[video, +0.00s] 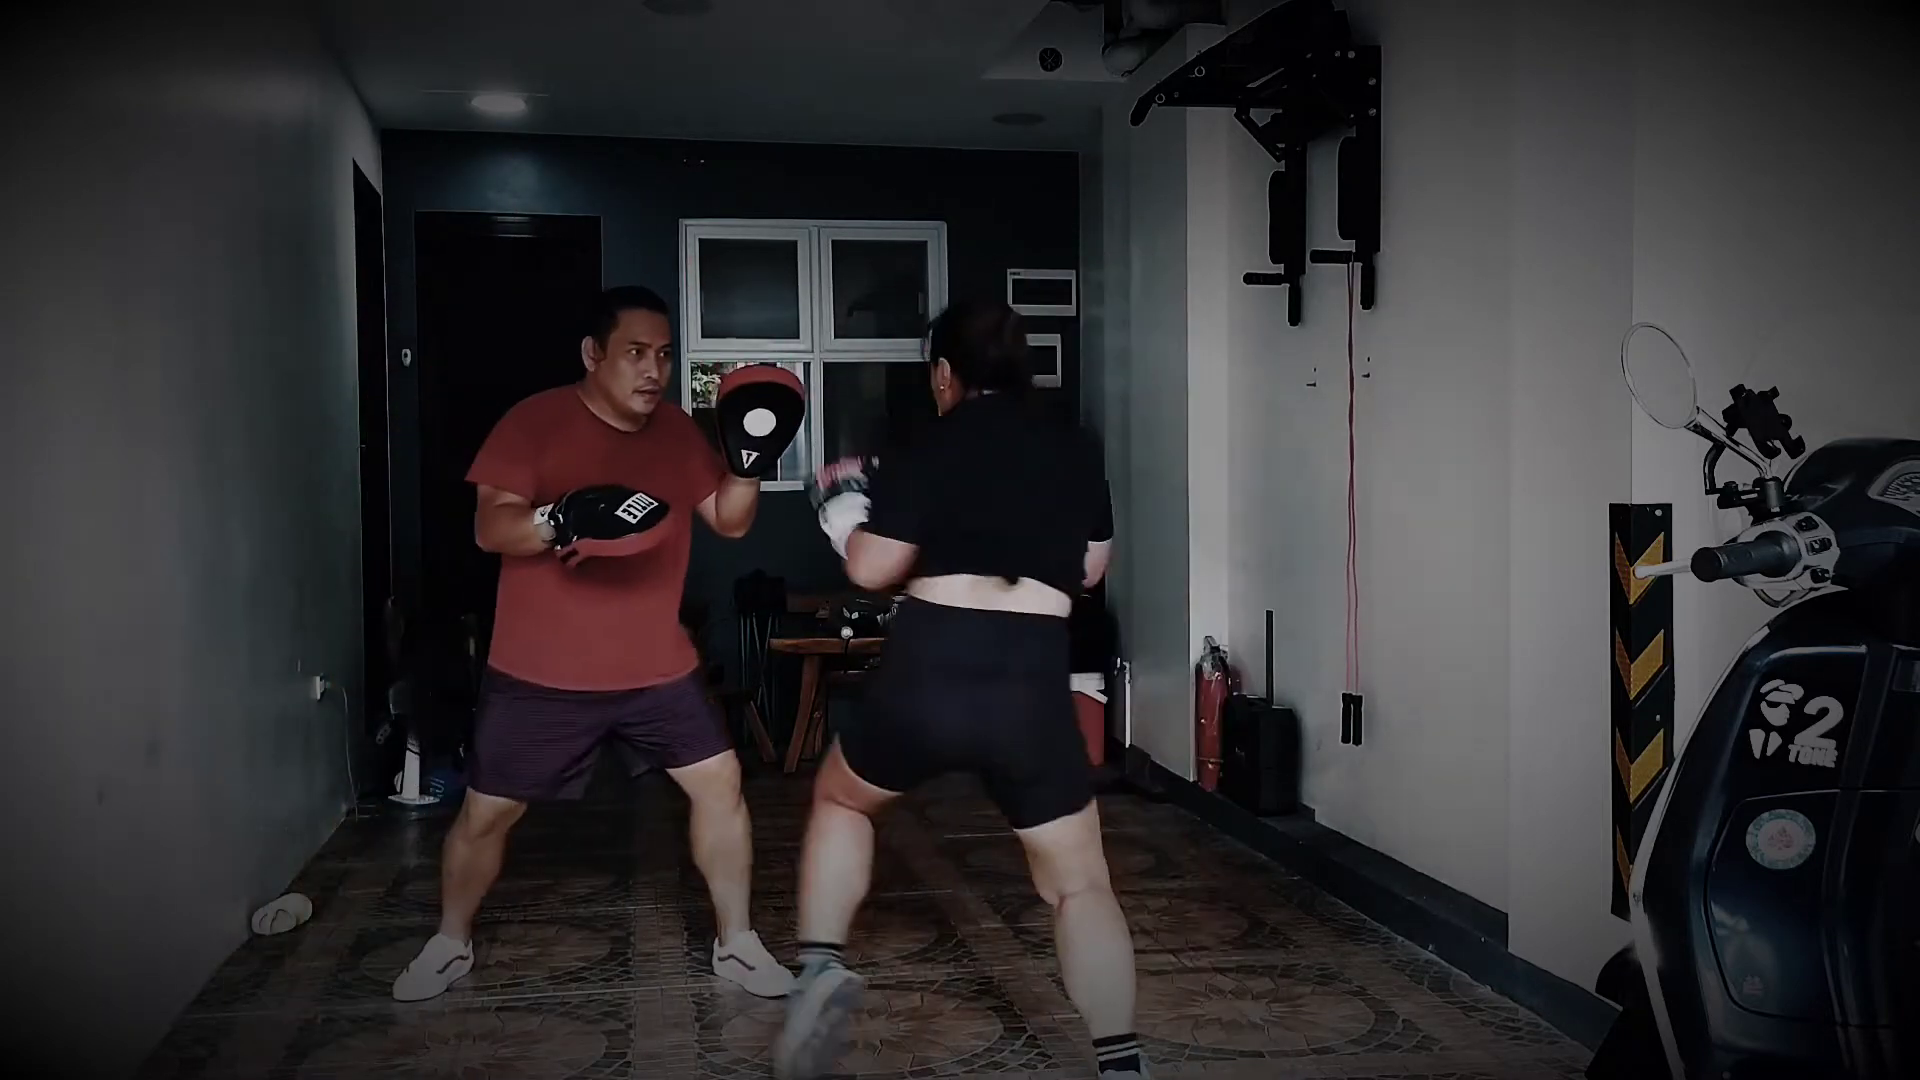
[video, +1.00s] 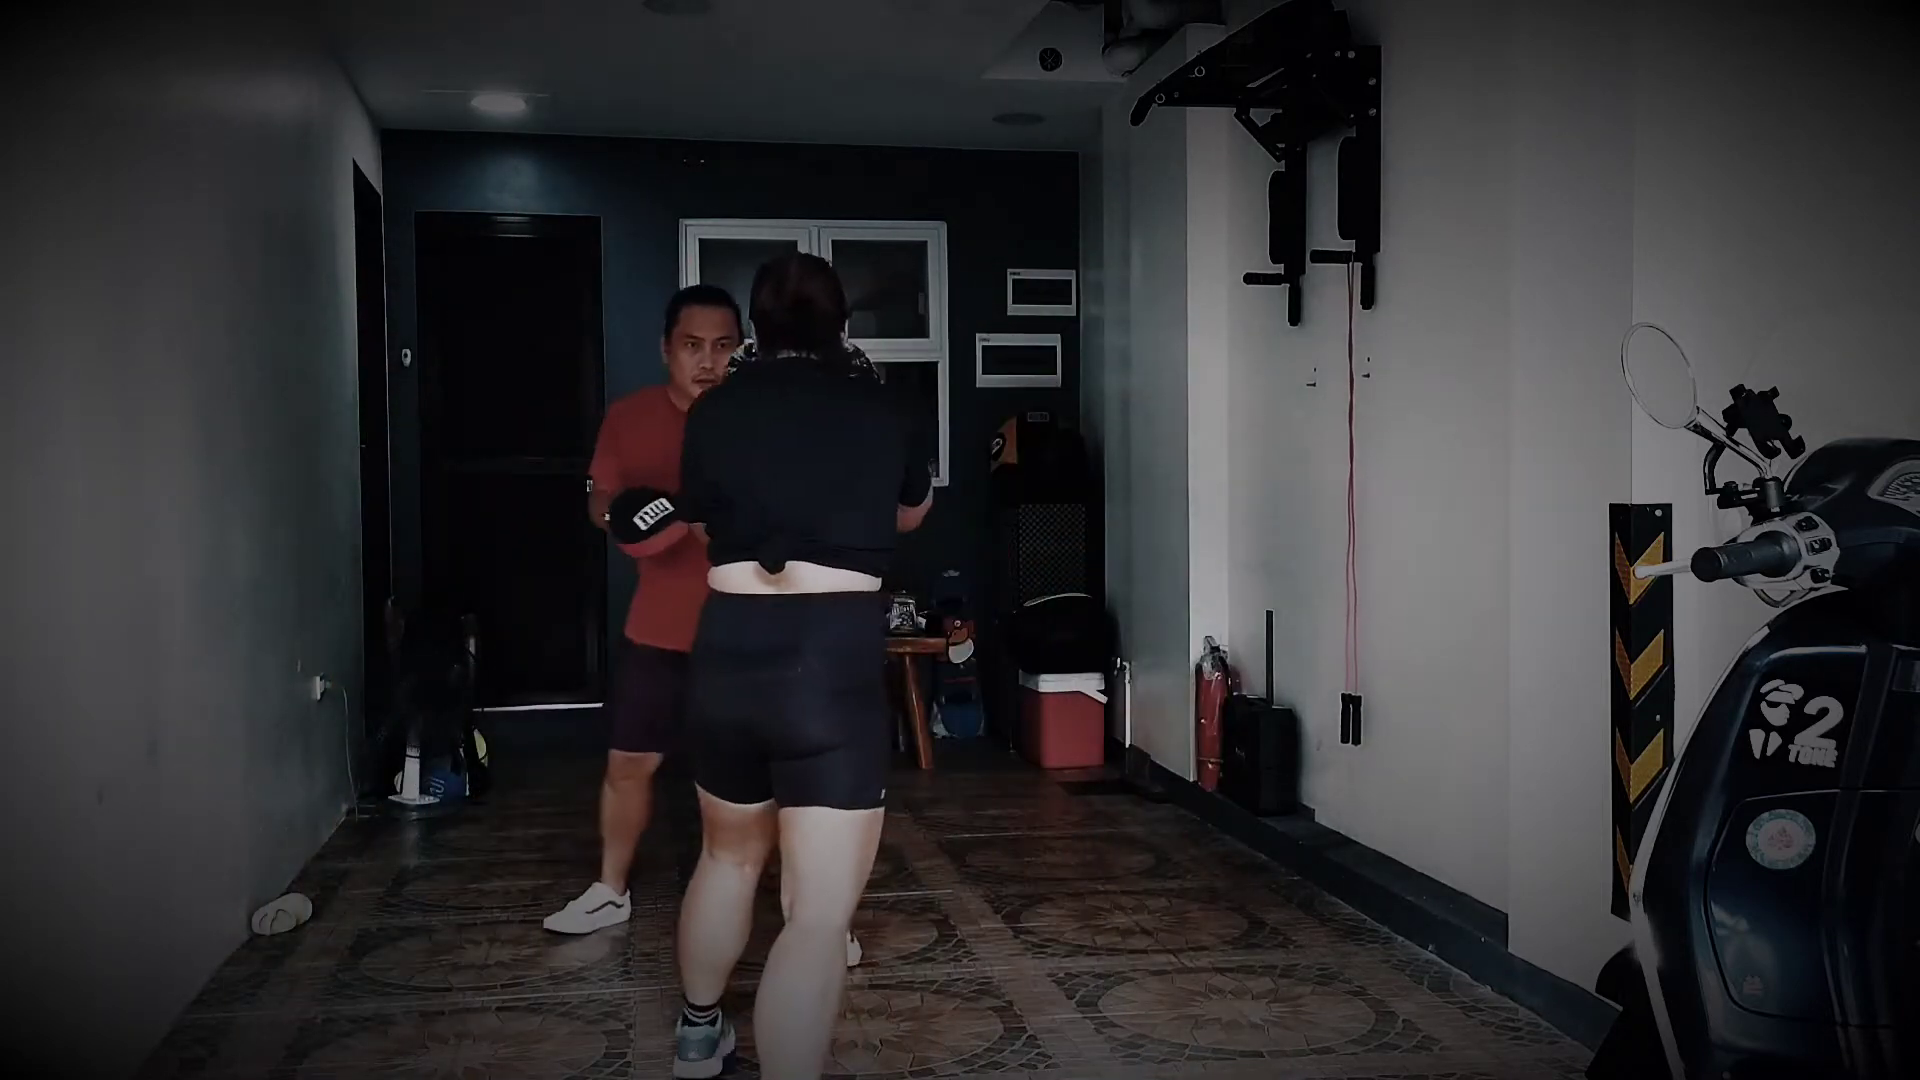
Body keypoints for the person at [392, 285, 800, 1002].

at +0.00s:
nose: (653, 368)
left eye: (663, 353)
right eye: (637, 351)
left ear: (670, 359)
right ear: (592, 353)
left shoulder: (680, 433)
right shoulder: (534, 424)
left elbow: (730, 521)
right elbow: (493, 530)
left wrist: (750, 457)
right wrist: (558, 522)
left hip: (656, 670)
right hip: (539, 674)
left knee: (720, 783)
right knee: (483, 817)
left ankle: (735, 939)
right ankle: (452, 939)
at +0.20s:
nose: (675, 352)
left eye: (686, 336)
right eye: (656, 337)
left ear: (698, 341)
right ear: (619, 342)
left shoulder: (724, 414)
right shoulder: (568, 409)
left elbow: (789, 482)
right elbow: (520, 504)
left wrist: (789, 415)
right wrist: (556, 513)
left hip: (690, 651)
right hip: (574, 650)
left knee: (731, 789)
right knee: (521, 783)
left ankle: (743, 948)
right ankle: (471, 933)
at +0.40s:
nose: (680, 351)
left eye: (694, 335)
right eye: (664, 335)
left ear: (710, 338)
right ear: (631, 334)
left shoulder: (737, 408)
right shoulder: (582, 400)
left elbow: (782, 477)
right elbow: (528, 492)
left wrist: (787, 406)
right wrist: (565, 494)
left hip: (702, 646)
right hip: (593, 646)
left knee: (722, 785)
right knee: (561, 778)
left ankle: (743, 938)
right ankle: (581, 865)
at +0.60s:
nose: (666, 368)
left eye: (679, 353)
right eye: (649, 352)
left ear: (693, 356)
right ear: (617, 354)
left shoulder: (722, 418)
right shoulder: (570, 426)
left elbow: (774, 478)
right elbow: (530, 517)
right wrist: (570, 527)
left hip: (712, 646)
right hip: (604, 651)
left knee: (750, 787)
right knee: (586, 785)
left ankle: (767, 915)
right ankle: (607, 892)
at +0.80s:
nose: (675, 354)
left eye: (689, 340)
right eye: (659, 339)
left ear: (707, 346)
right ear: (631, 345)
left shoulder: (733, 409)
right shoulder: (593, 413)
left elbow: (766, 486)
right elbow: (557, 501)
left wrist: (732, 517)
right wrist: (582, 515)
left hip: (715, 631)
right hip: (621, 635)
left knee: (738, 773)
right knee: (606, 771)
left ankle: (747, 889)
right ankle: (610, 891)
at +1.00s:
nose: (708, 359)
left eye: (722, 345)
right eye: (694, 344)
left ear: (739, 351)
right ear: (667, 349)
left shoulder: (756, 418)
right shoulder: (631, 416)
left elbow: (779, 507)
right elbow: (600, 498)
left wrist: (708, 521)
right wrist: (624, 518)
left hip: (738, 629)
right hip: (657, 624)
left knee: (751, 772)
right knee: (627, 763)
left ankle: (809, 911)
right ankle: (612, 889)